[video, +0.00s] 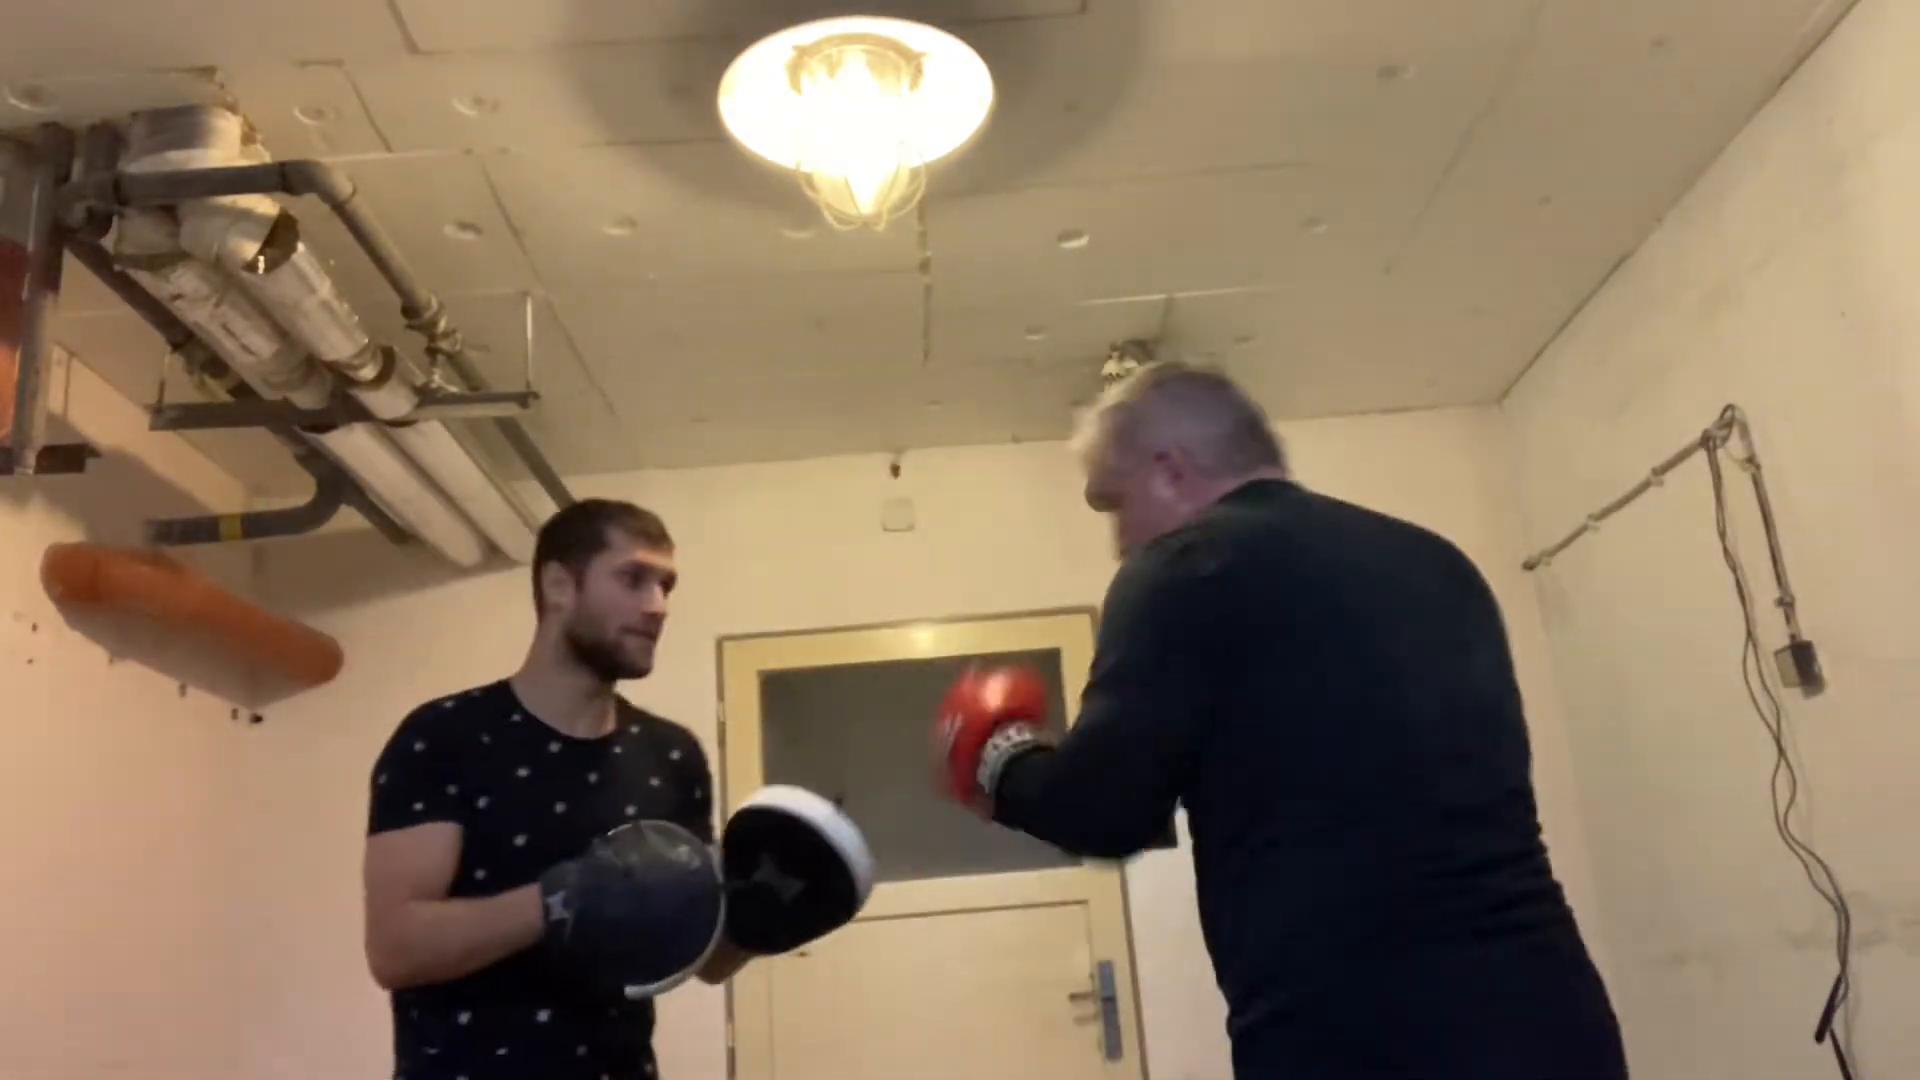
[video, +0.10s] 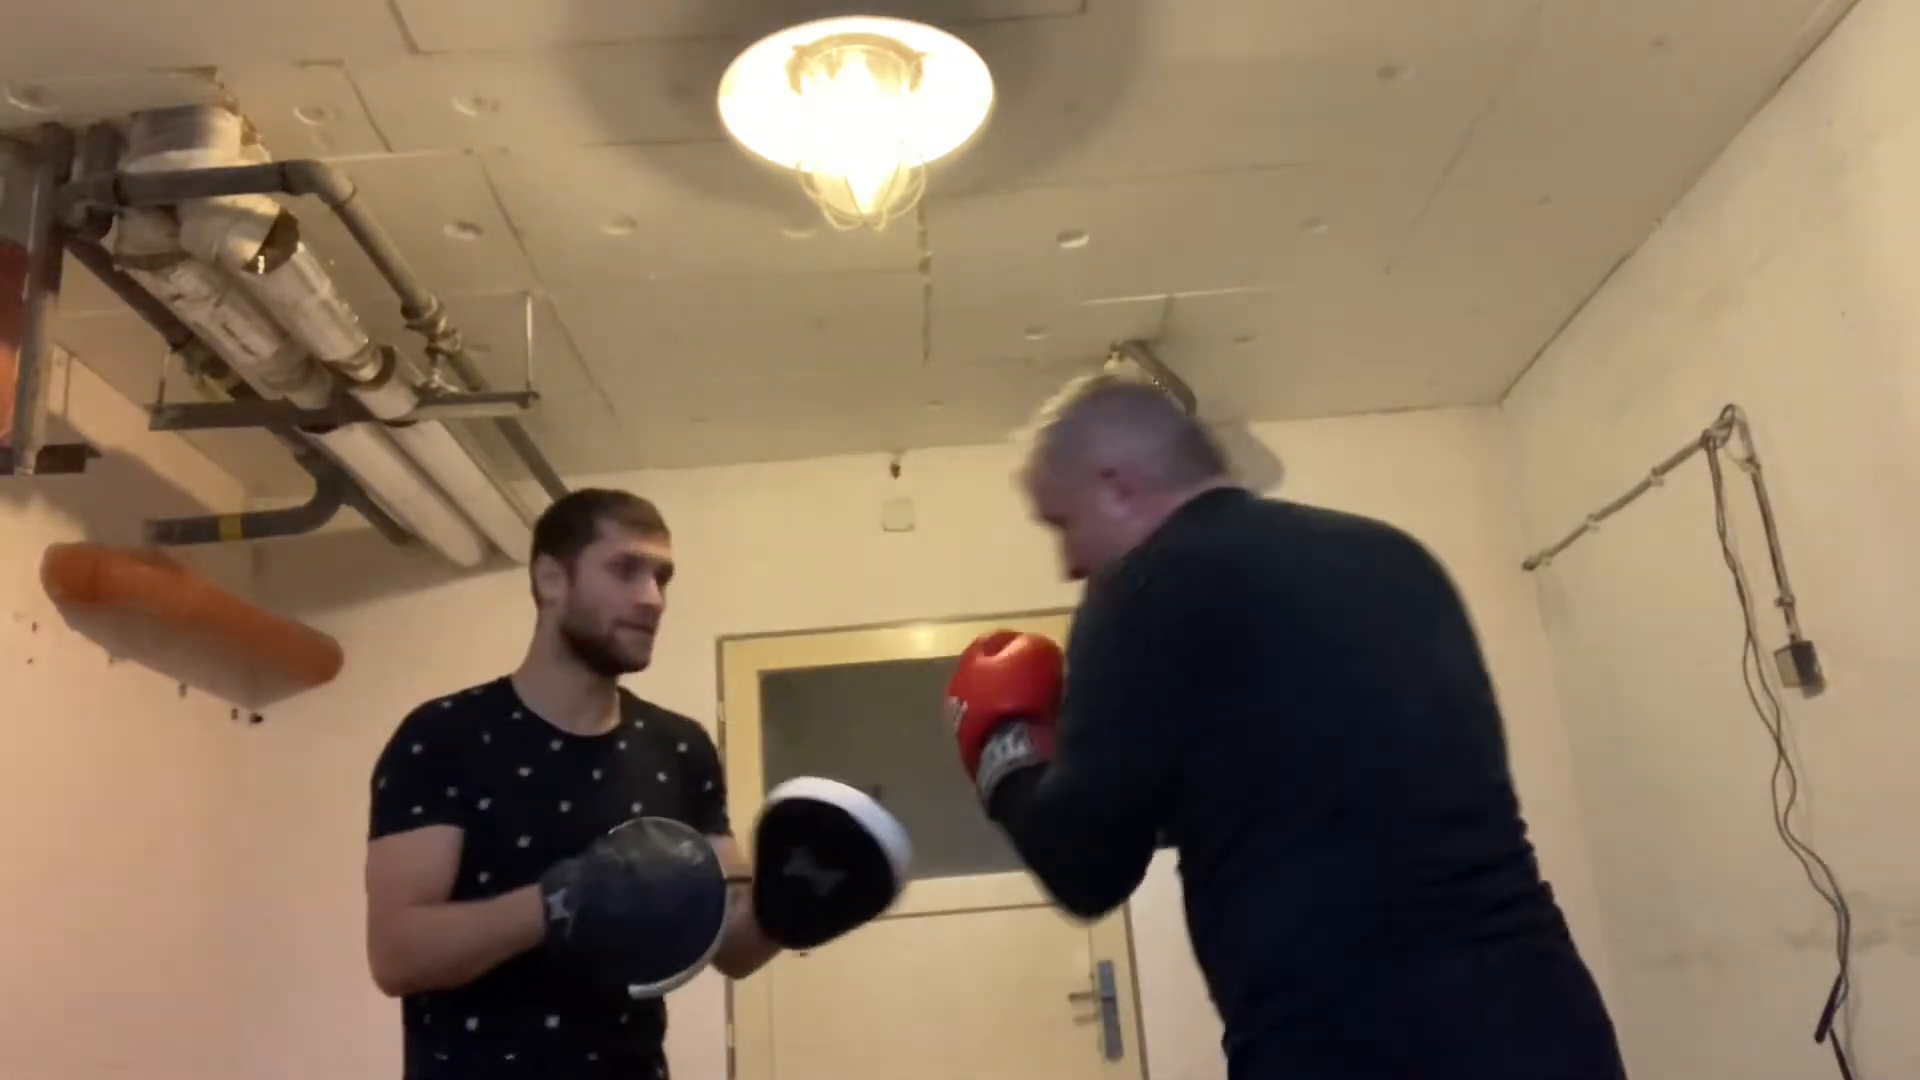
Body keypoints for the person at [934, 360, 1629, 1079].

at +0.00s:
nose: (1118, 546)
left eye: (1113, 508)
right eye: (1107, 516)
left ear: (1170, 473)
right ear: (1262, 458)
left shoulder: (1178, 577)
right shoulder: (1437, 560)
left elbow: (1112, 805)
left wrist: (999, 759)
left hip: (1331, 1030)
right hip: (1544, 1014)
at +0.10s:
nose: (1065, 562)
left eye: (1059, 526)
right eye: (1053, 533)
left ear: (1118, 490)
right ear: (1199, 468)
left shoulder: (1145, 602)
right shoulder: (1394, 553)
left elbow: (1088, 871)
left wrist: (1007, 752)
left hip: (1328, 1036)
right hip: (1539, 1016)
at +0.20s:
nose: (1006, 585)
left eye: (999, 547)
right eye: (991, 556)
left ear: (1062, 510)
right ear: (1150, 483)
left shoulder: (1087, 632)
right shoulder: (1341, 548)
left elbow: (1060, 920)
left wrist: (978, 789)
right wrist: (1065, 715)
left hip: (1313, 1042)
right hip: (1533, 1018)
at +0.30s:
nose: (974, 592)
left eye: (968, 553)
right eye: (960, 560)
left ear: (1035, 516)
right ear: (1125, 487)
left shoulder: (1068, 643)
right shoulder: (1314, 548)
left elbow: (1051, 937)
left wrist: (958, 828)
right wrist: (1045, 774)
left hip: (1313, 1046)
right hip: (1535, 1020)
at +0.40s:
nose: (981, 563)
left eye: (981, 522)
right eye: (973, 530)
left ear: (1050, 493)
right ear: (1141, 478)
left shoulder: (1081, 622)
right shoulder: (1321, 547)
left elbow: (1073, 920)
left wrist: (951, 830)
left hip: (1315, 1041)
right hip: (1531, 1017)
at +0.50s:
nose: (1026, 539)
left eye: (1030, 495)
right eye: (1019, 504)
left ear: (1106, 473)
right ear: (1123, 474)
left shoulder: (1127, 598)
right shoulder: (1363, 559)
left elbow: (1104, 882)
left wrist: (964, 836)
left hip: (1323, 1041)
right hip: (1534, 1022)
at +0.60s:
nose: (1087, 535)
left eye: (1099, 493)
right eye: (1087, 500)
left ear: (1181, 478)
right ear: (1213, 479)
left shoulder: (1192, 601)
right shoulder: (1411, 580)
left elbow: (1159, 830)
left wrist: (994, 832)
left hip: (1352, 1046)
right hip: (1553, 1033)